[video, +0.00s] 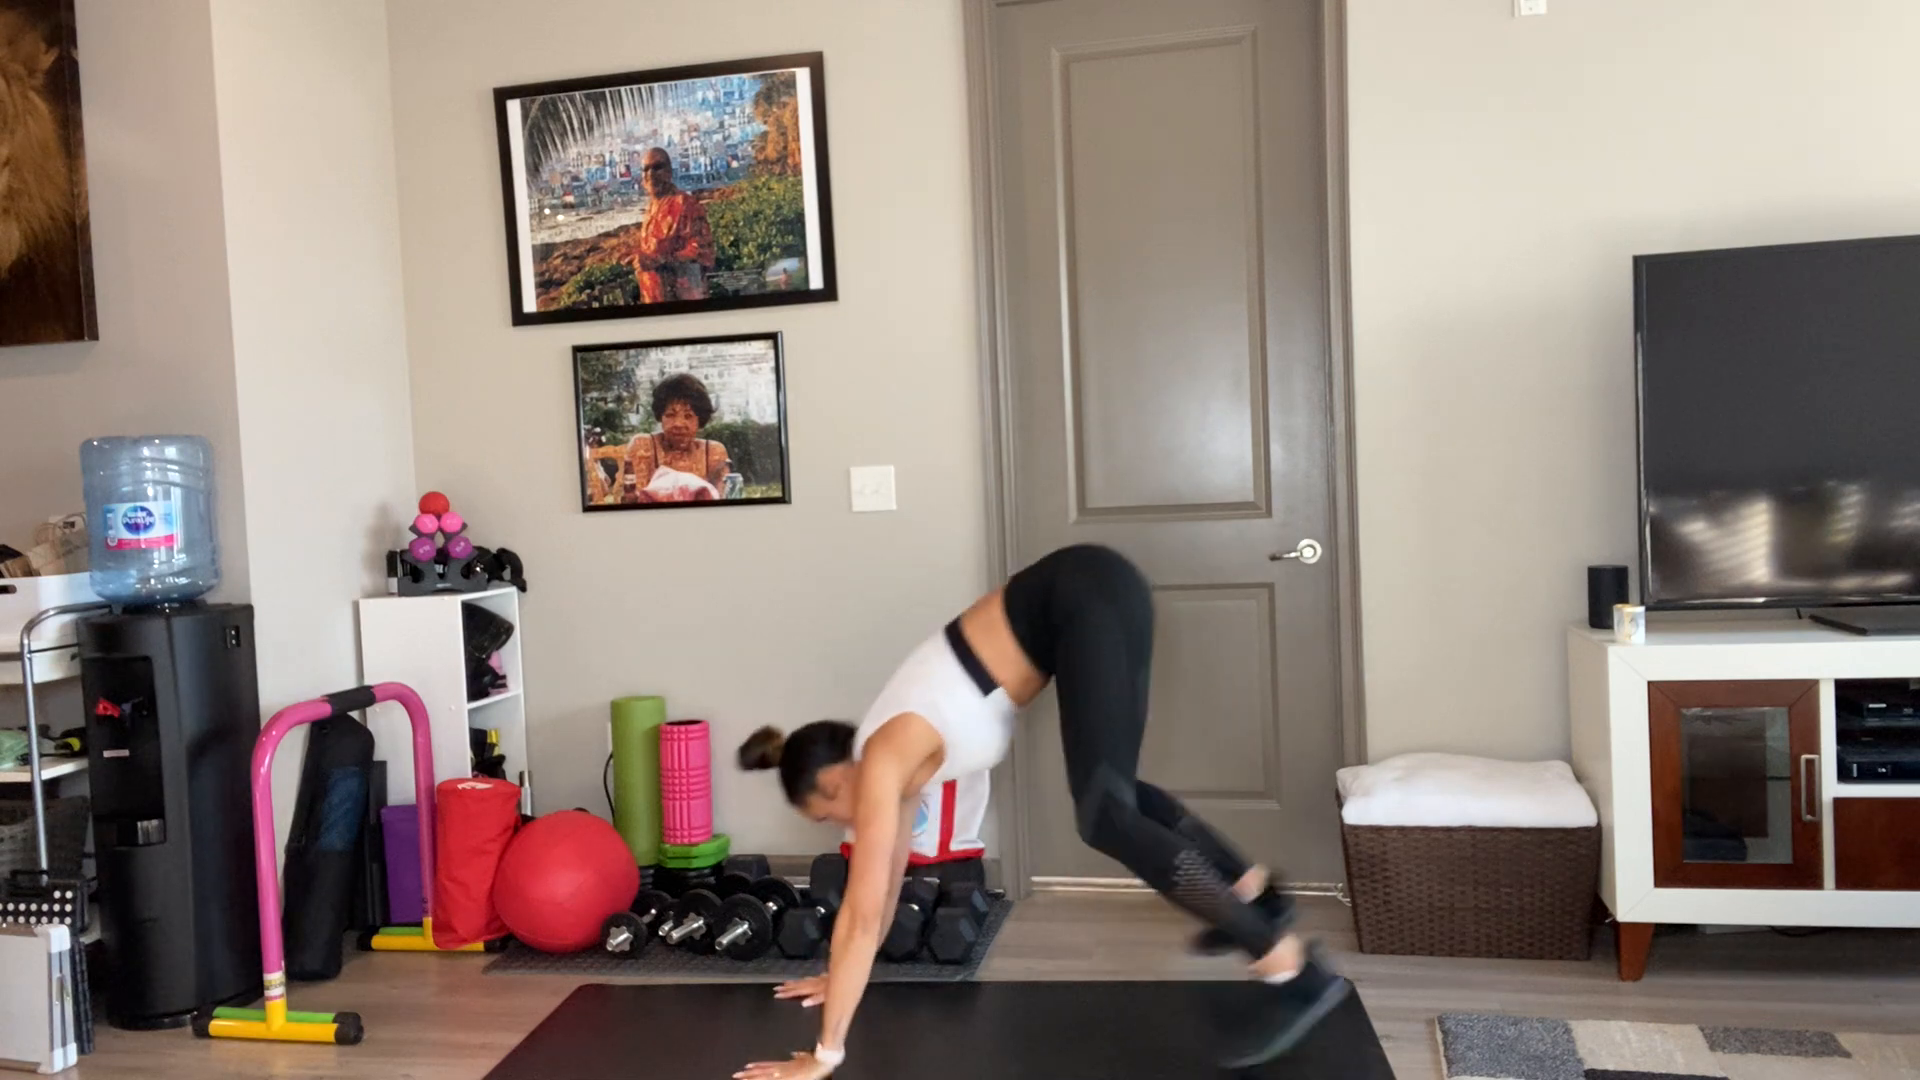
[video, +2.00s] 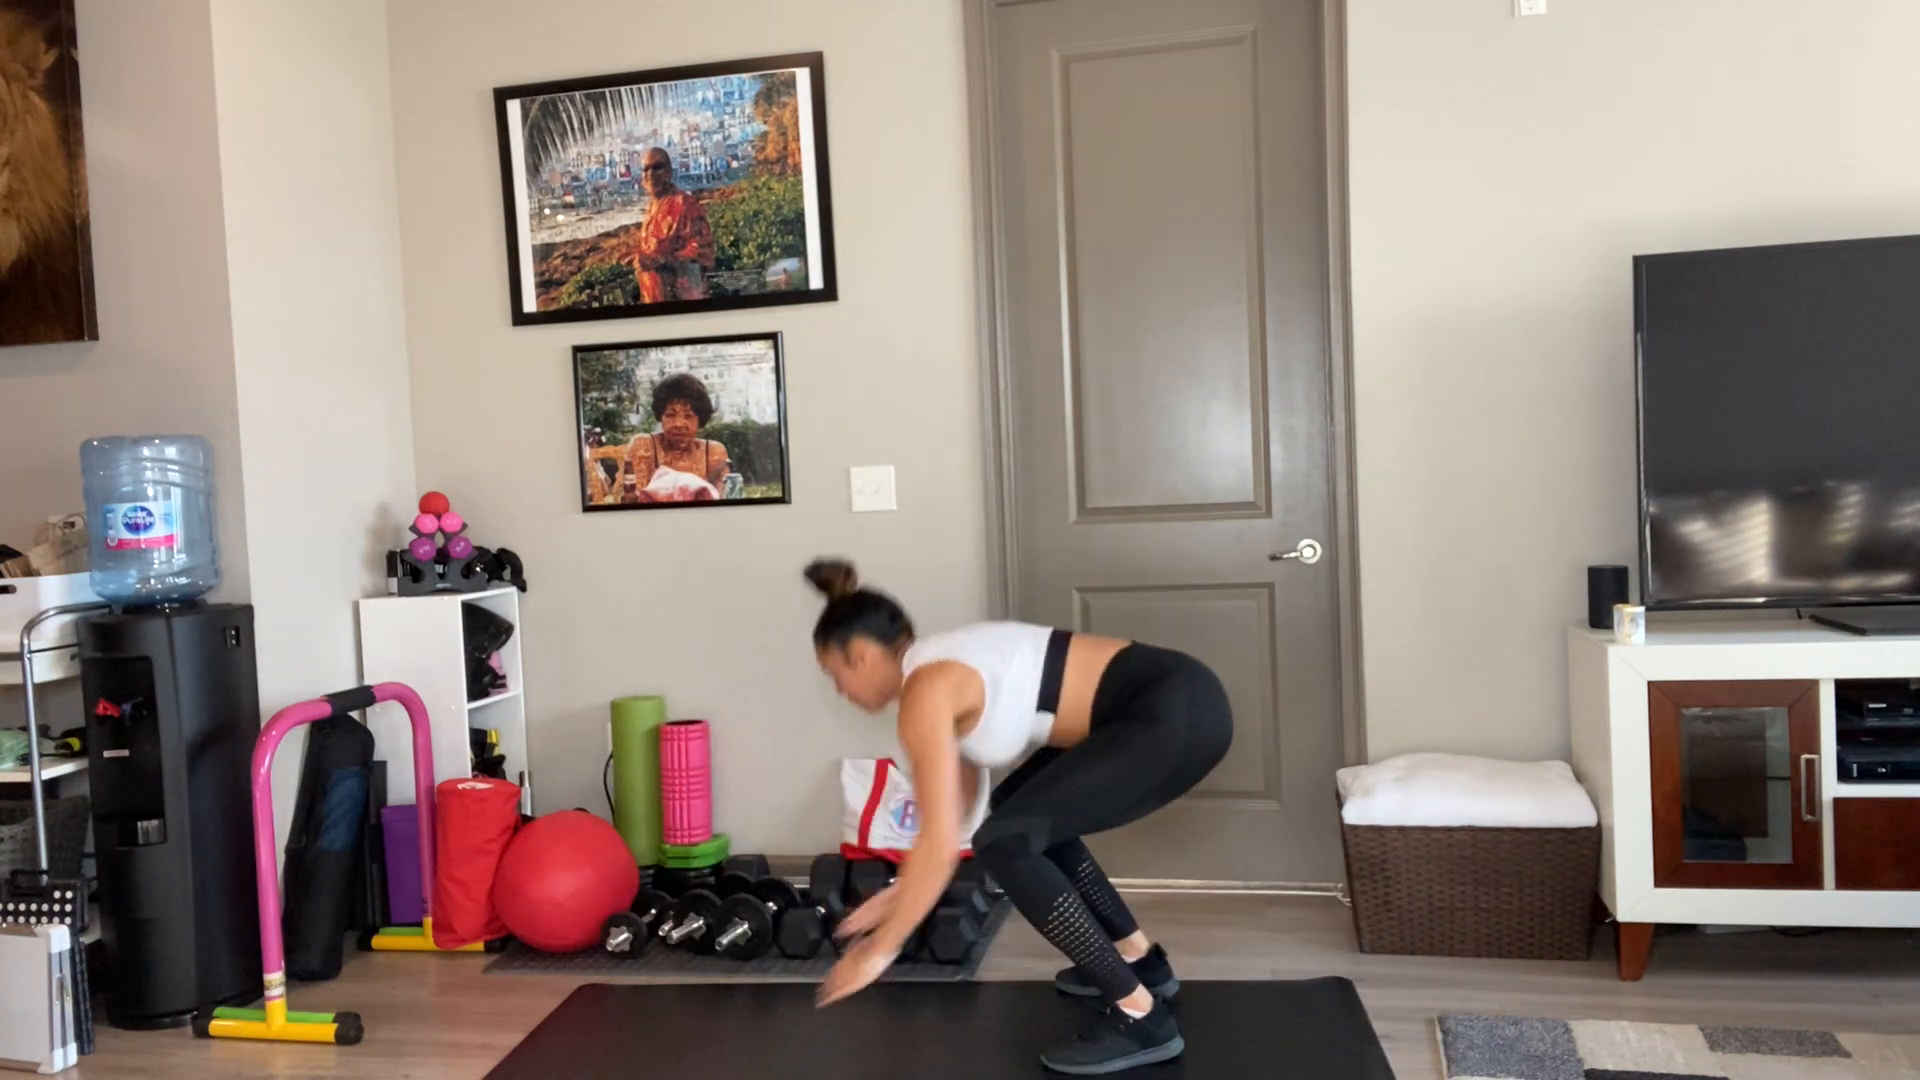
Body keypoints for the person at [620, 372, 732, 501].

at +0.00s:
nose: (679, 424)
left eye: (688, 416)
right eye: (670, 415)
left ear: (700, 420)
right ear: (660, 417)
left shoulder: (714, 451)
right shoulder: (641, 446)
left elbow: (721, 499)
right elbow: (632, 499)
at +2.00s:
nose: (679, 424)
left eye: (688, 416)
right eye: (670, 415)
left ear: (700, 420)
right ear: (660, 417)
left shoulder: (714, 451)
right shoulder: (641, 446)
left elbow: (721, 500)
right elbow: (633, 500)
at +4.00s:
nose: (679, 424)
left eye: (688, 416)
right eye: (670, 415)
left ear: (700, 420)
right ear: (660, 417)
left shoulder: (714, 451)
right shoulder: (641, 446)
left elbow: (722, 500)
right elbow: (628, 498)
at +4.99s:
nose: (679, 424)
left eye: (688, 416)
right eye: (670, 415)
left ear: (700, 420)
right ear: (660, 417)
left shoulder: (714, 451)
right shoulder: (641, 446)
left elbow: (722, 500)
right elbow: (630, 499)